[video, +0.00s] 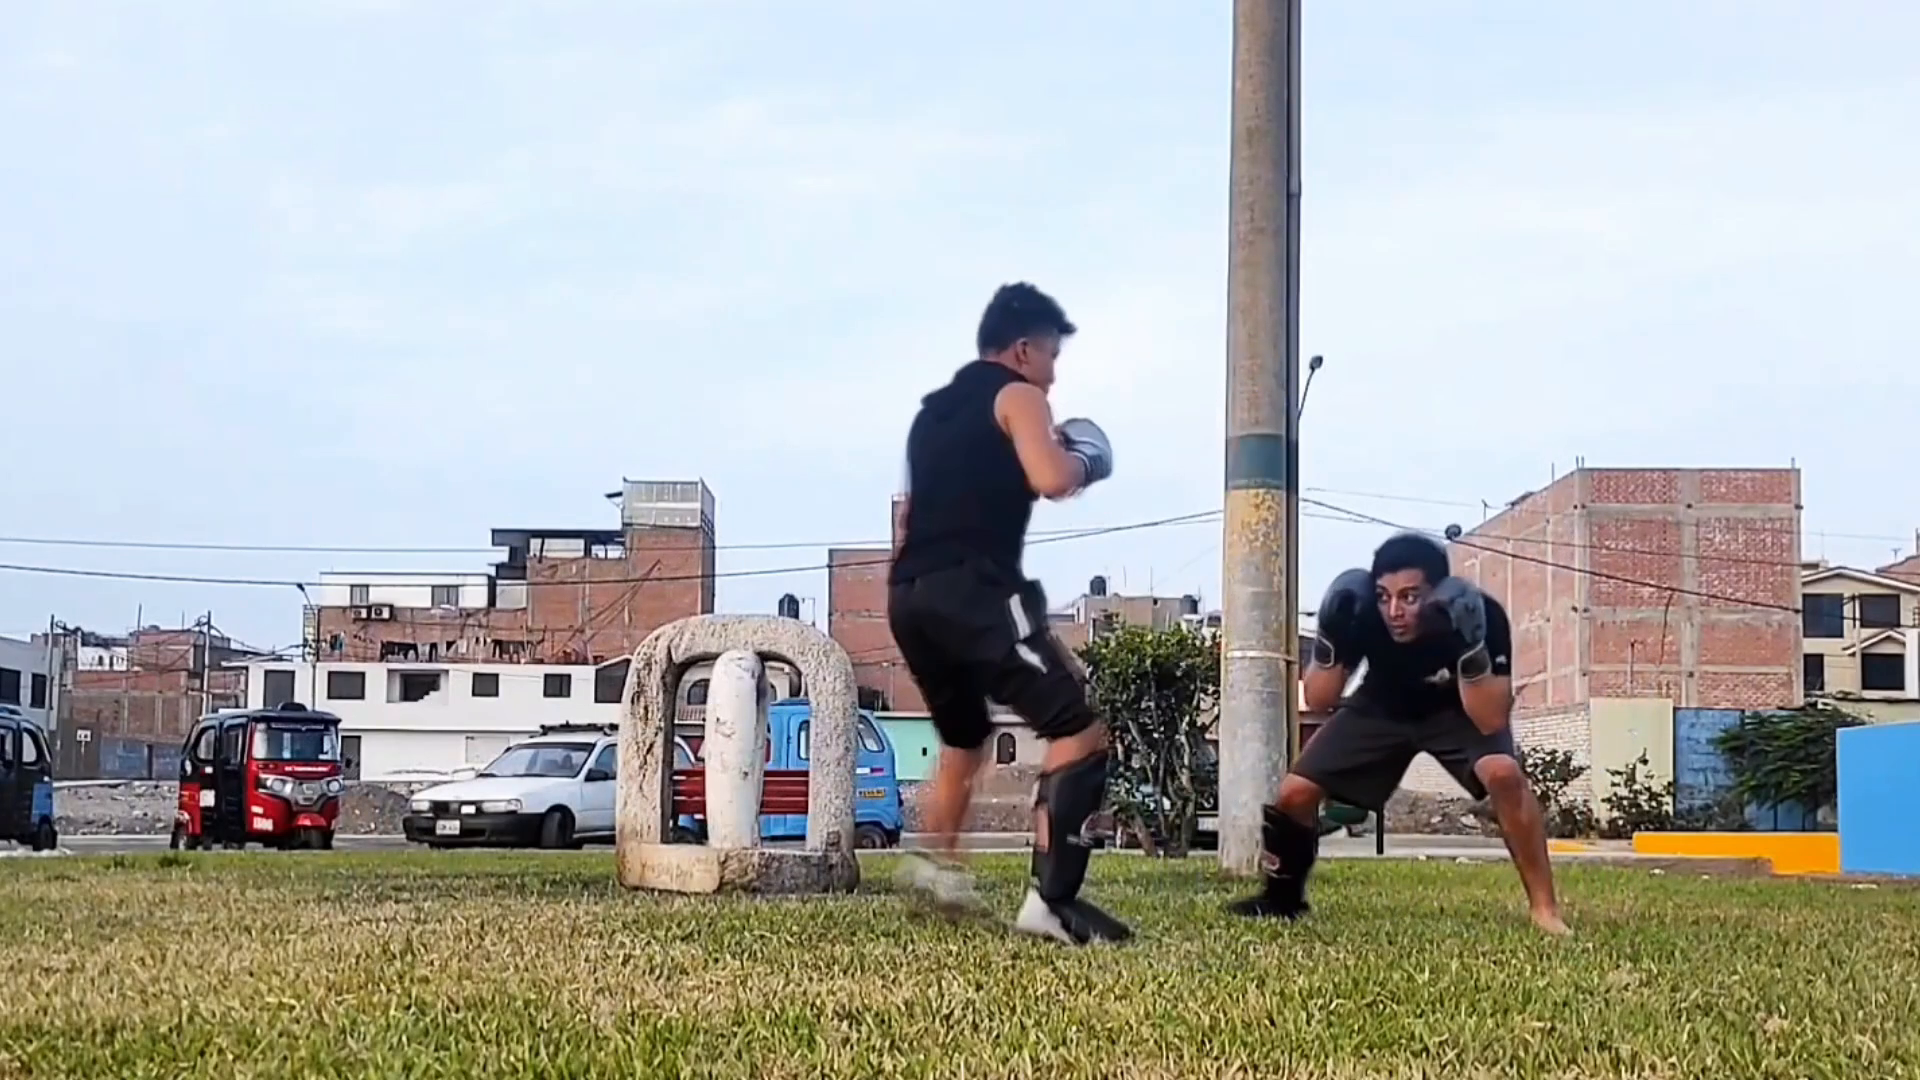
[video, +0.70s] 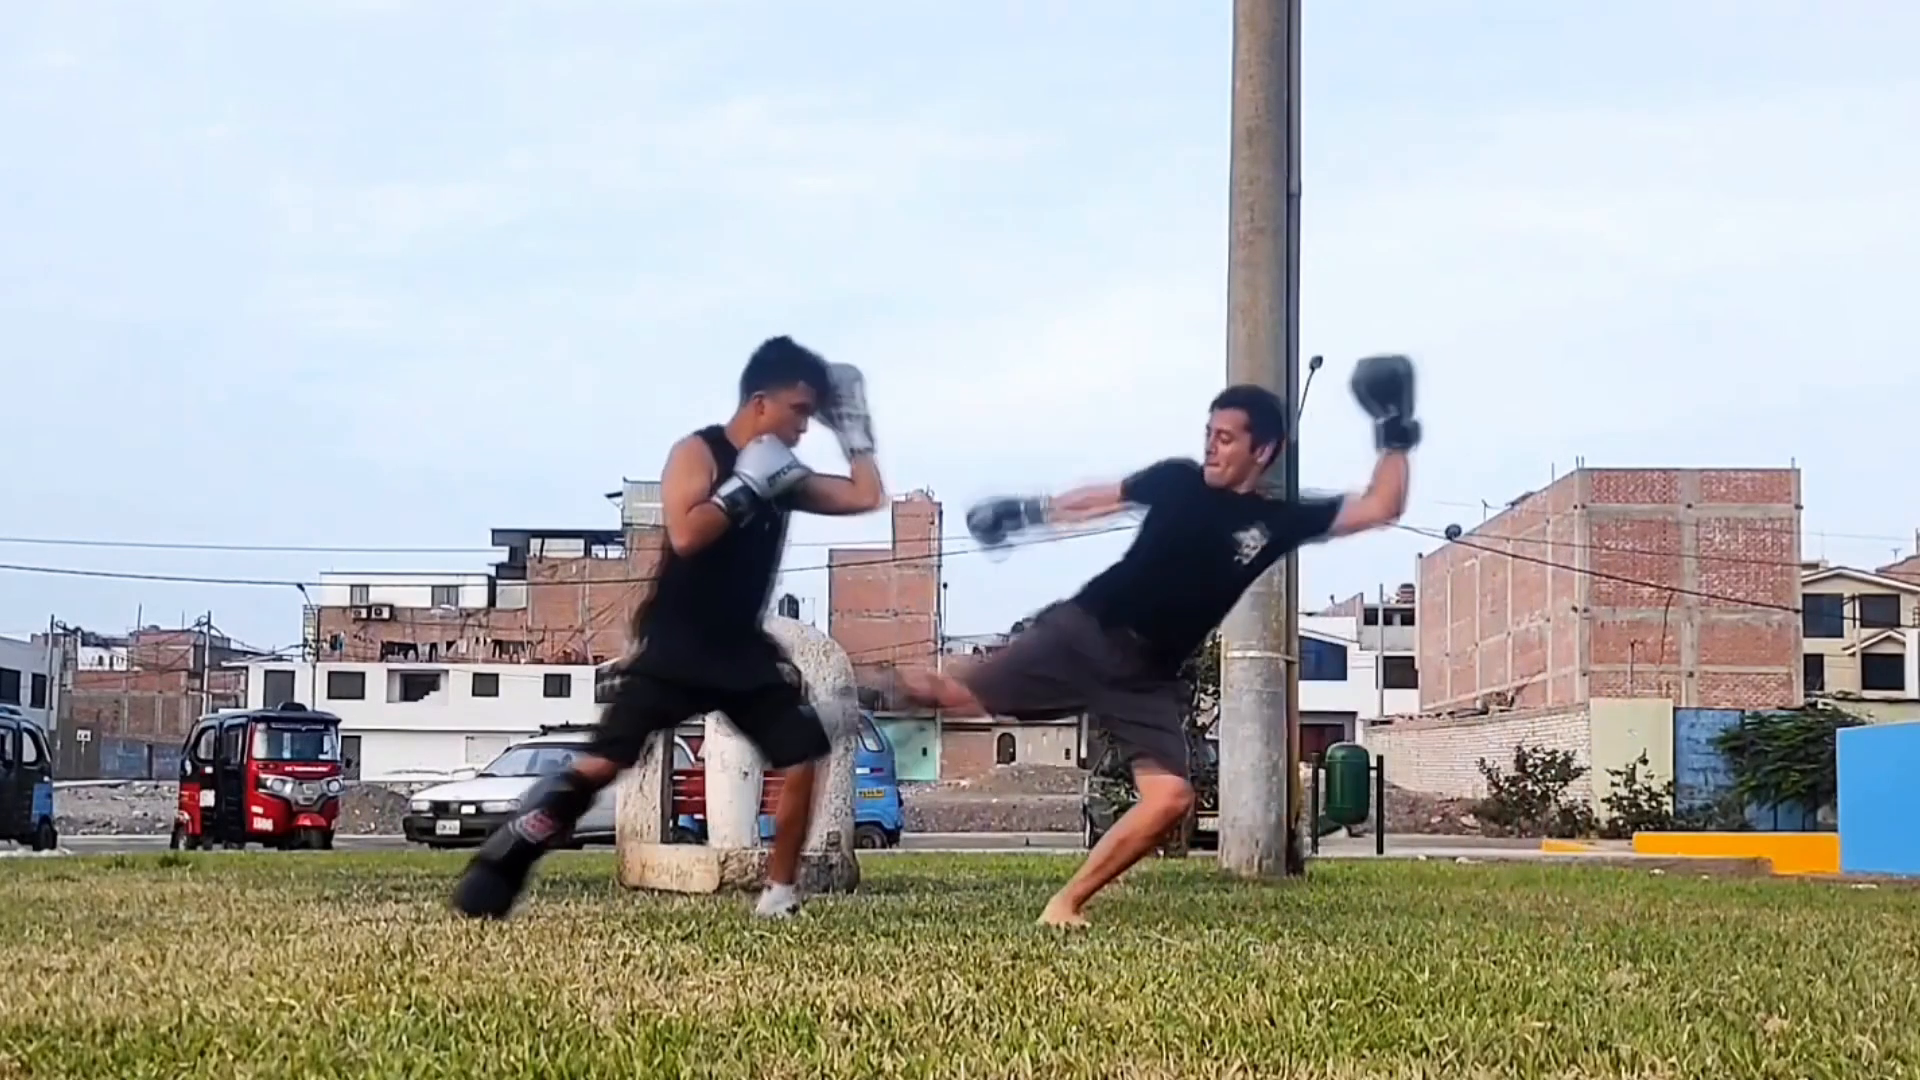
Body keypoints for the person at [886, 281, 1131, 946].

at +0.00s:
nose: (1056, 369)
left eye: (1057, 355)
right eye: (1053, 354)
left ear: (991, 346)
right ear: (1021, 348)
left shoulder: (933, 407)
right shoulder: (1016, 395)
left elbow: (945, 491)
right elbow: (1051, 479)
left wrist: (1037, 445)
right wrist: (1086, 460)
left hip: (911, 596)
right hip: (976, 589)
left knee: (962, 741)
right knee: (1077, 733)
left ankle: (936, 869)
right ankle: (1052, 899)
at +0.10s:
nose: (1022, 387)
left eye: (1023, 374)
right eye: (1018, 372)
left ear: (968, 368)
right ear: (984, 368)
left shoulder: (904, 432)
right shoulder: (982, 412)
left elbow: (881, 541)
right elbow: (995, 484)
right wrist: (1043, 475)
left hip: (894, 621)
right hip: (958, 616)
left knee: (923, 748)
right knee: (1049, 749)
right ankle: (1049, 915)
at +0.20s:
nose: (983, 415)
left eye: (984, 401)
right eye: (978, 400)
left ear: (931, 396)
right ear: (943, 395)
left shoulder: (888, 450)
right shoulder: (926, 449)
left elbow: (897, 532)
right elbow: (900, 524)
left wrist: (971, 519)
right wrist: (977, 528)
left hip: (873, 652)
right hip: (915, 651)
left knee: (869, 779)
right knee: (1013, 758)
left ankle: (778, 890)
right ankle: (1039, 913)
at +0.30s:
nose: (946, 423)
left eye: (948, 410)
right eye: (941, 408)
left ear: (900, 406)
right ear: (903, 404)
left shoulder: (893, 472)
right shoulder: (866, 451)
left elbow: (889, 582)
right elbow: (826, 525)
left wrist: (937, 532)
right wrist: (906, 527)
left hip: (833, 641)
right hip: (844, 640)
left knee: (848, 781)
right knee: (938, 760)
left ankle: (772, 899)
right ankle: (977, 897)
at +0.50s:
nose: (884, 405)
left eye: (887, 392)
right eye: (878, 390)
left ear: (850, 388)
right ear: (838, 383)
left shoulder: (844, 462)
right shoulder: (779, 431)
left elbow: (902, 534)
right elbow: (745, 512)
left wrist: (927, 462)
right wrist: (821, 493)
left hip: (800, 616)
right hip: (752, 607)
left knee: (830, 757)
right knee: (799, 727)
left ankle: (771, 893)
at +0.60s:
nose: (845, 407)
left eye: (848, 395)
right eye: (840, 393)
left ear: (812, 392)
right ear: (802, 388)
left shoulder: (814, 460)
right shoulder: (740, 439)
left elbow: (888, 518)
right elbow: (717, 526)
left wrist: (897, 442)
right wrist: (785, 485)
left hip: (779, 637)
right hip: (716, 628)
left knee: (826, 761)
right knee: (675, 749)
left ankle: (775, 894)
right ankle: (584, 835)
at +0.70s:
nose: (805, 426)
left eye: (810, 415)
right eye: (799, 410)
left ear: (770, 406)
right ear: (760, 400)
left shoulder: (780, 476)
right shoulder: (697, 453)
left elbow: (866, 496)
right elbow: (685, 535)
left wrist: (853, 421)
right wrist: (748, 485)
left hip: (742, 653)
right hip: (678, 649)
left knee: (806, 752)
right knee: (604, 762)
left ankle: (778, 898)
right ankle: (505, 859)